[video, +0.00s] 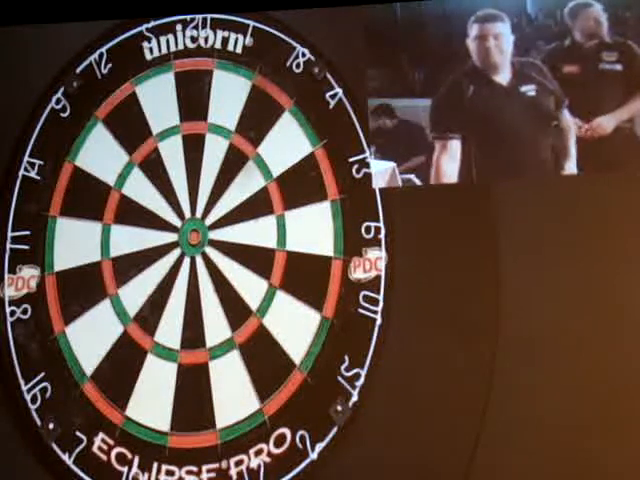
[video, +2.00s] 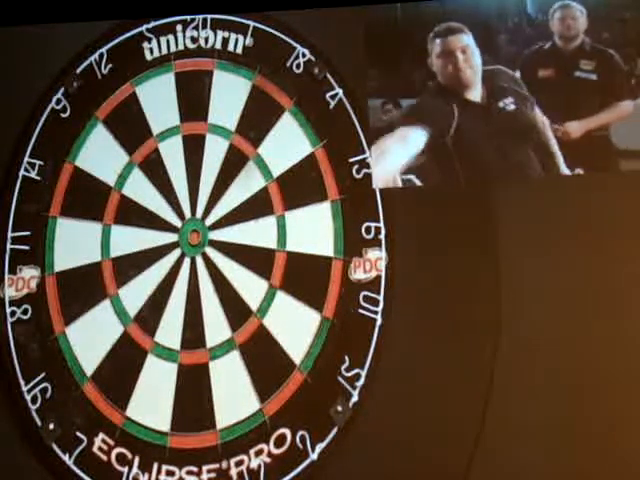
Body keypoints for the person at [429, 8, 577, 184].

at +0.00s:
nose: (489, 45)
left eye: (497, 37)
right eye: (481, 38)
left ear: (512, 41)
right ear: (468, 45)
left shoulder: (535, 72)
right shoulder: (457, 90)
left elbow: (564, 120)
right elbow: (447, 152)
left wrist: (569, 166)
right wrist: (442, 208)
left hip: (546, 192)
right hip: (490, 198)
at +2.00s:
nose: (459, 62)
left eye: (465, 52)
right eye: (446, 56)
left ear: (478, 55)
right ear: (433, 66)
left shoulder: (502, 81)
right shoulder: (435, 105)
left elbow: (539, 124)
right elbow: (406, 138)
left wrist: (561, 171)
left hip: (538, 199)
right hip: (480, 210)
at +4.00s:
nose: (459, 62)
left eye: (465, 51)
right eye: (446, 55)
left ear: (478, 54)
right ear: (432, 65)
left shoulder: (502, 81)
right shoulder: (435, 103)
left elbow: (539, 125)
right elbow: (401, 127)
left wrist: (563, 172)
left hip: (532, 202)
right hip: (473, 212)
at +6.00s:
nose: (458, 66)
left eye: (465, 55)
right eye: (445, 59)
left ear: (479, 58)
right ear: (431, 68)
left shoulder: (504, 86)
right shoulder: (432, 110)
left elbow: (540, 129)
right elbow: (415, 143)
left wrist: (571, 168)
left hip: (529, 199)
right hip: (471, 210)